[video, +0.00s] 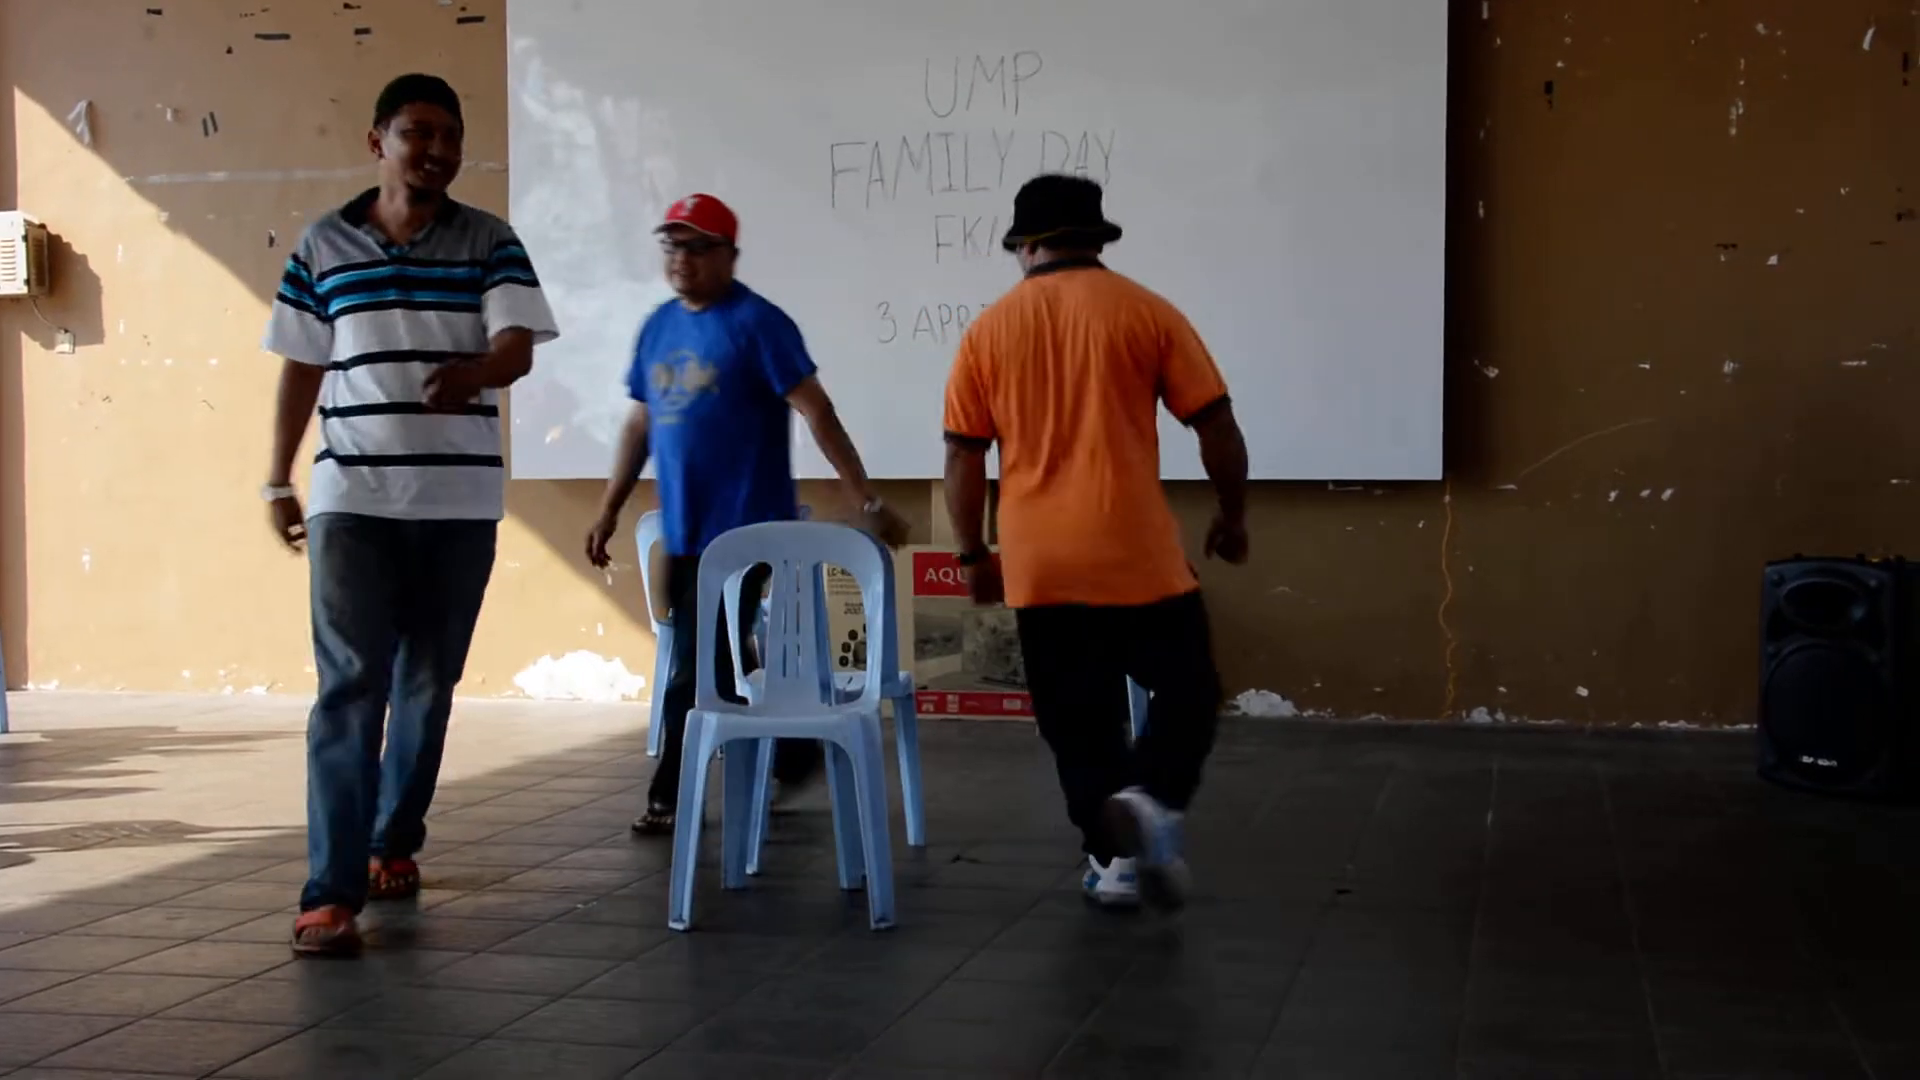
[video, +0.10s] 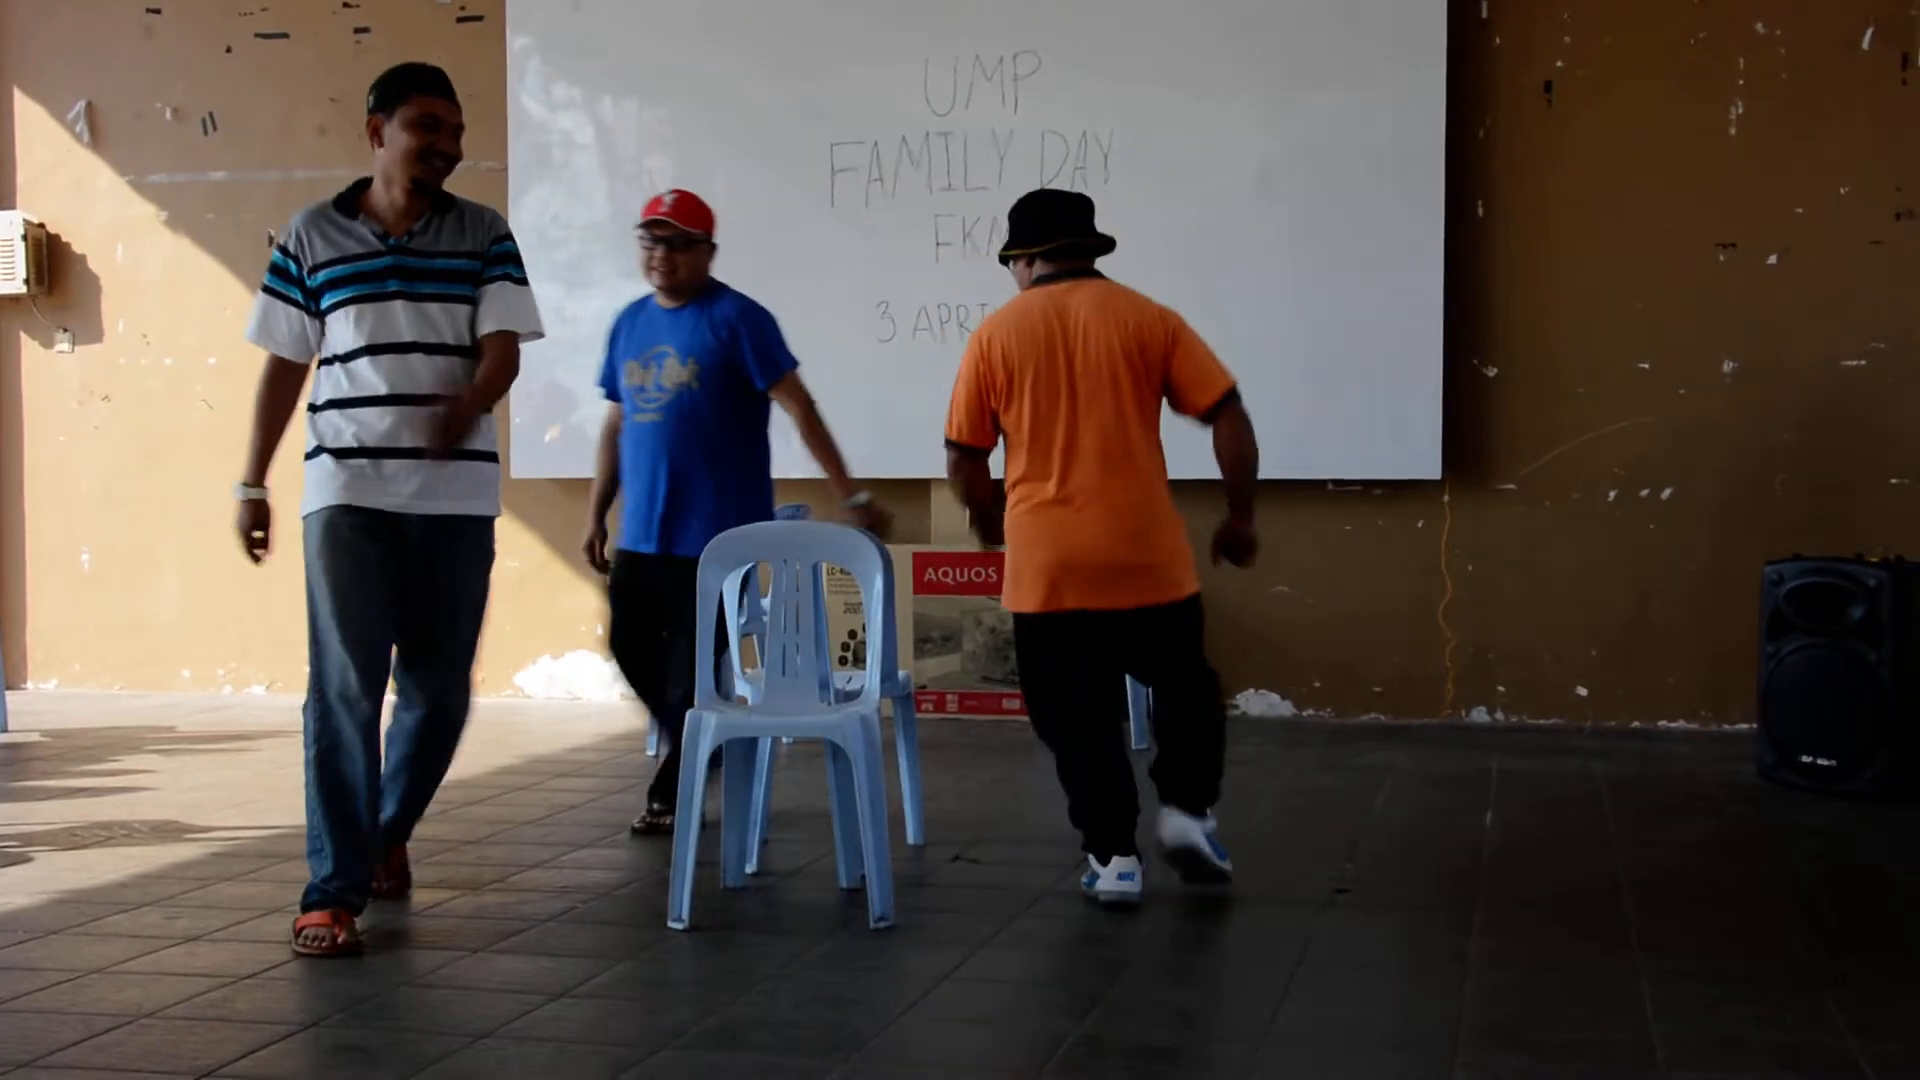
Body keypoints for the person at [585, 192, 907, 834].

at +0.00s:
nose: (678, 260)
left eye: (693, 248)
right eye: (669, 248)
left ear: (727, 255)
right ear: (662, 256)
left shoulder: (759, 322)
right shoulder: (657, 327)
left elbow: (817, 410)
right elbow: (639, 426)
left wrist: (865, 497)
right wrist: (609, 511)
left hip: (753, 530)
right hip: (685, 531)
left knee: (692, 666)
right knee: (706, 661)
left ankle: (670, 798)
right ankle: (797, 749)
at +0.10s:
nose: (658, 256)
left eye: (673, 245)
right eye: (649, 244)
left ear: (706, 252)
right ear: (639, 252)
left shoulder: (739, 319)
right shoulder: (631, 322)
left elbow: (800, 408)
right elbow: (617, 425)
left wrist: (850, 494)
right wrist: (598, 511)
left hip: (718, 529)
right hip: (642, 527)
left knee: (696, 664)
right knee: (630, 646)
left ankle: (669, 798)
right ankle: (708, 738)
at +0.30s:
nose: (622, 253)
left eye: (638, 241)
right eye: (611, 239)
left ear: (665, 247)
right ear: (596, 244)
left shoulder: (697, 316)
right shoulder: (572, 318)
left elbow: (728, 415)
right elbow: (555, 419)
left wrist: (722, 502)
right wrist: (543, 503)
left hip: (669, 535)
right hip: (586, 534)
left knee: (674, 683)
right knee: (557, 678)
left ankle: (667, 799)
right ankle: (529, 807)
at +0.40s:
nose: (610, 259)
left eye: (626, 247)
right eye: (598, 244)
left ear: (646, 253)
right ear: (576, 247)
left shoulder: (677, 322)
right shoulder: (545, 318)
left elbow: (697, 430)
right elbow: (509, 417)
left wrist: (644, 522)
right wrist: (498, 502)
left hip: (647, 542)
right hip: (556, 536)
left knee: (651, 679)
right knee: (537, 680)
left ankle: (662, 796)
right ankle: (523, 816)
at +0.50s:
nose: (598, 257)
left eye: (612, 245)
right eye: (585, 243)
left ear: (630, 250)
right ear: (559, 245)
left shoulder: (660, 318)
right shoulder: (532, 314)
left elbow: (682, 428)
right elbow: (501, 415)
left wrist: (611, 505)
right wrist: (519, 505)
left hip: (627, 530)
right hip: (542, 526)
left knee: (617, 665)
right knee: (525, 677)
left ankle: (637, 769)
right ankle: (520, 816)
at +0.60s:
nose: (600, 242)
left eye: (611, 230)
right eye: (587, 228)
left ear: (624, 237)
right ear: (559, 228)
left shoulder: (649, 306)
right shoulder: (530, 300)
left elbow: (678, 417)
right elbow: (506, 401)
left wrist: (624, 498)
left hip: (613, 512)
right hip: (534, 506)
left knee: (602, 669)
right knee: (518, 674)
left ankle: (587, 804)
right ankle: (518, 813)